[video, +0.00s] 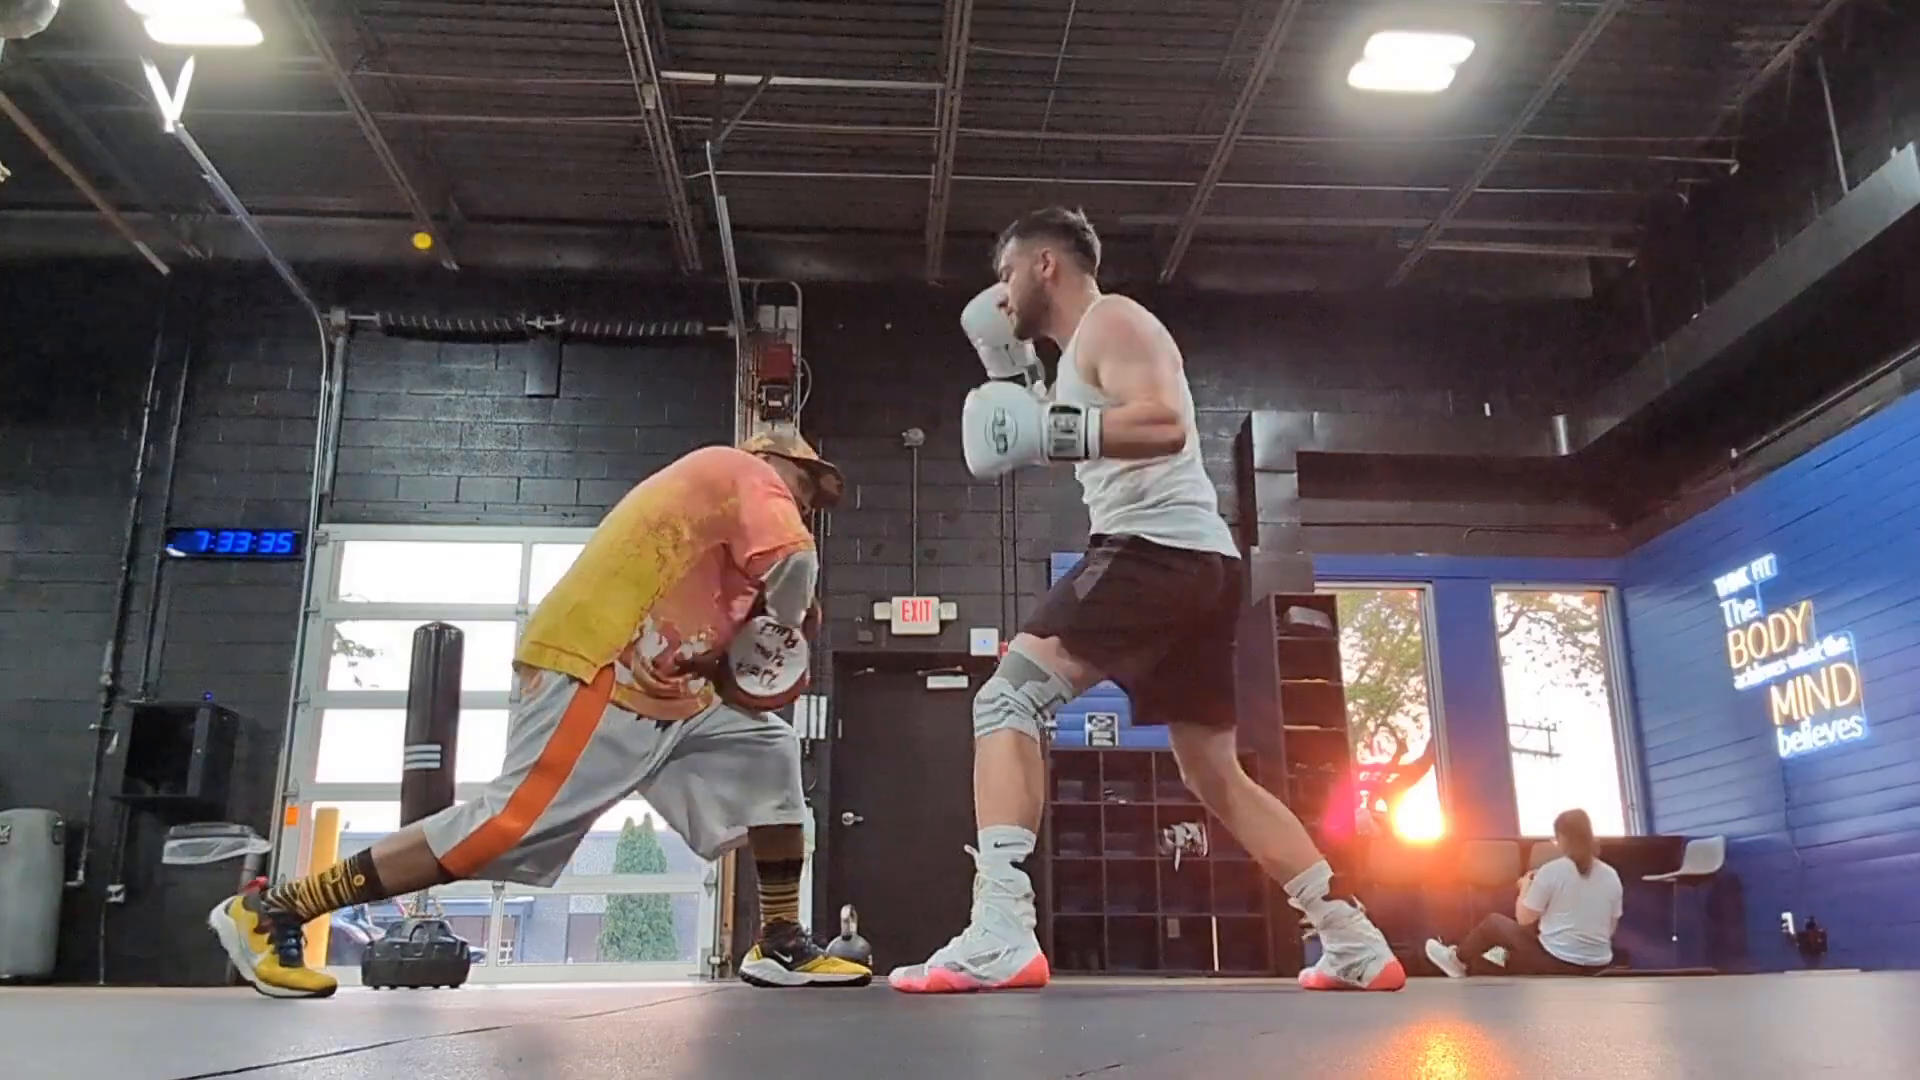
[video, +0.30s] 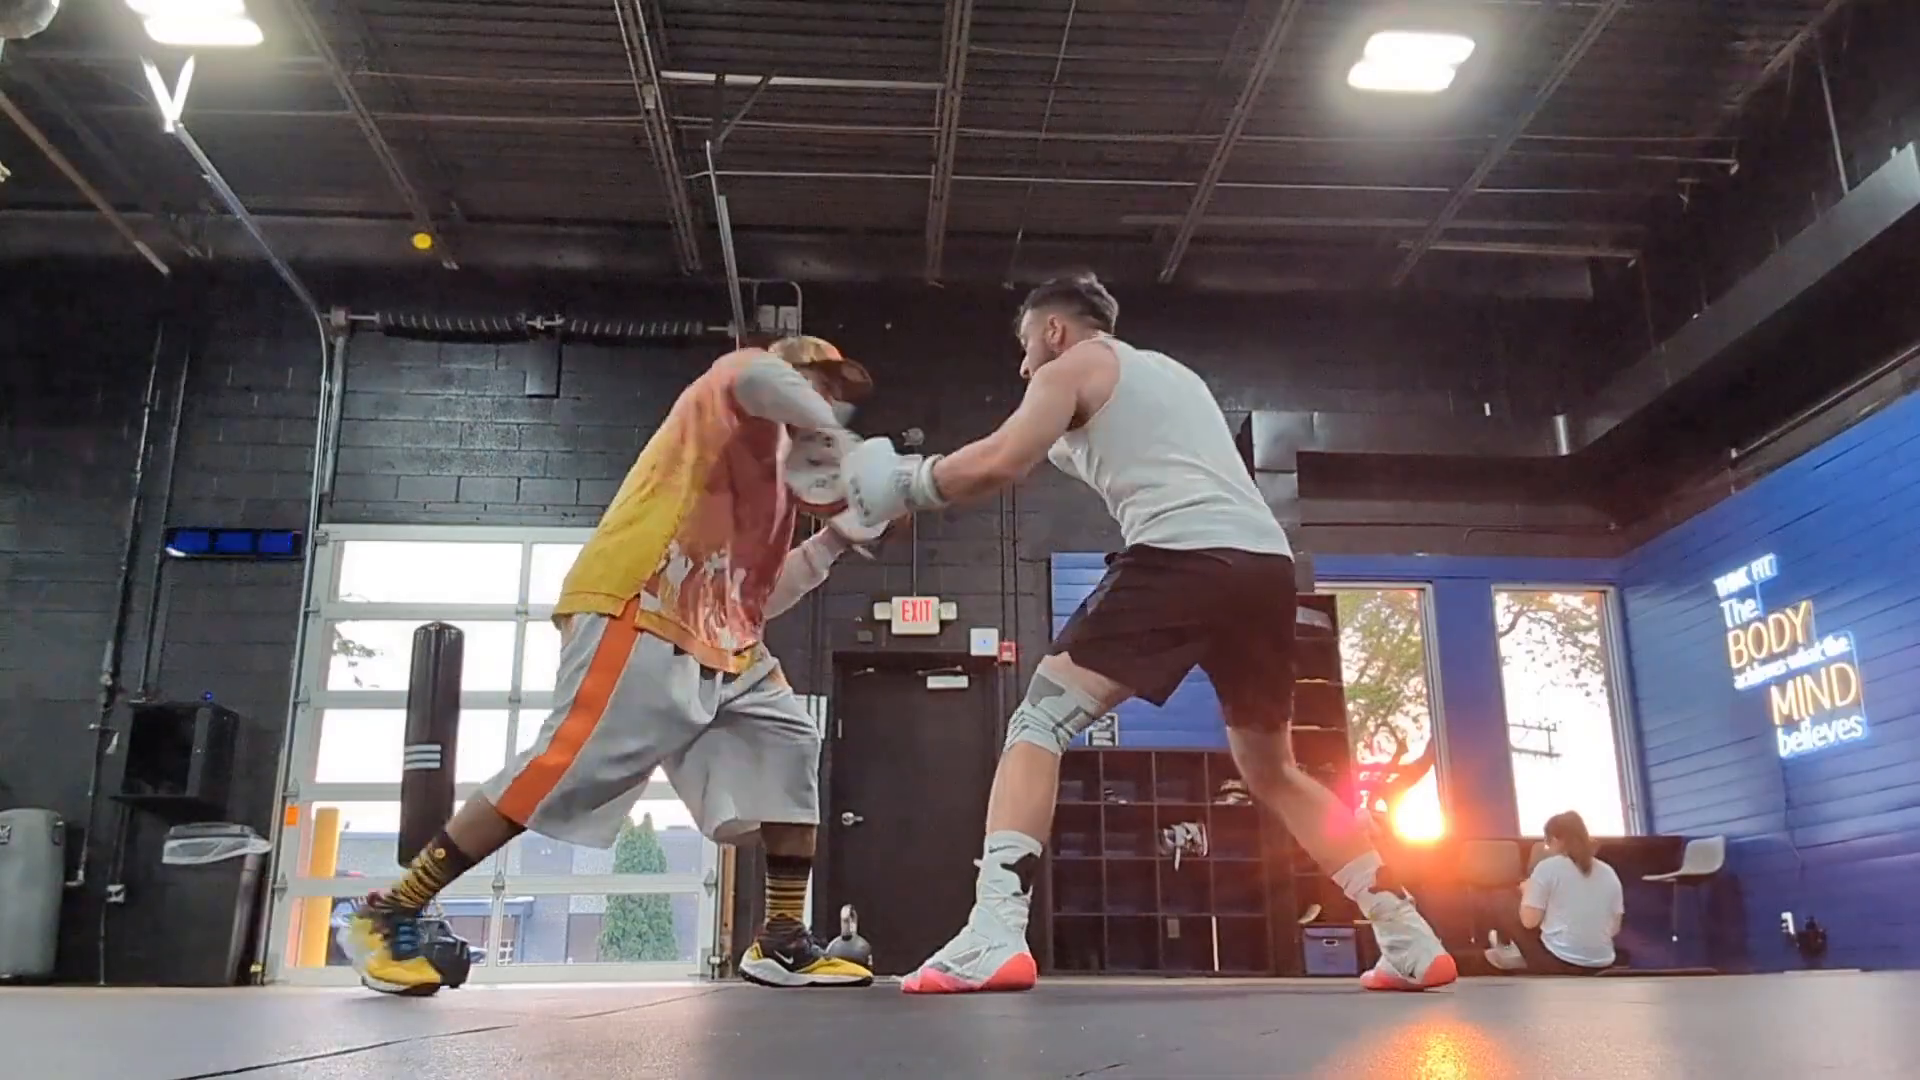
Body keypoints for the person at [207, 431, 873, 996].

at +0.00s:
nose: (803, 517)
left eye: (809, 506)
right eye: (803, 499)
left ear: (771, 469)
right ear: (779, 462)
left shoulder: (731, 519)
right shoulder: (747, 470)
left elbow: (721, 646)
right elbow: (795, 575)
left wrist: (717, 675)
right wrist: (765, 652)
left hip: (660, 687)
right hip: (595, 666)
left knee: (771, 748)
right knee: (505, 826)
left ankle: (780, 940)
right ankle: (276, 912)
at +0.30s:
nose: (834, 407)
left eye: (840, 397)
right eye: (827, 386)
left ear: (808, 392)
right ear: (790, 366)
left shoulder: (781, 479)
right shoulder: (737, 381)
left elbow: (762, 600)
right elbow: (762, 378)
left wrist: (839, 538)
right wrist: (840, 436)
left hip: (723, 631)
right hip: (643, 603)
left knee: (792, 744)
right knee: (575, 763)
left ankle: (783, 937)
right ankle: (392, 910)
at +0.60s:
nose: (703, 320)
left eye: (707, 312)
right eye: (683, 305)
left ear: (708, 328)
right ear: (634, 317)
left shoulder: (737, 415)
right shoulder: (582, 407)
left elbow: (821, 487)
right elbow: (586, 509)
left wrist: (922, 462)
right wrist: (676, 449)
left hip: (732, 621)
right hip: (616, 619)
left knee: (817, 741)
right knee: (542, 766)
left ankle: (827, 924)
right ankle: (435, 932)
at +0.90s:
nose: (805, 319)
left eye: (817, 306)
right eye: (788, 302)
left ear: (834, 319)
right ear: (755, 315)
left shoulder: (850, 421)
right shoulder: (709, 381)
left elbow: (883, 539)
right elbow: (715, 453)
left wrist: (967, 588)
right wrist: (803, 359)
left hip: (825, 616)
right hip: (713, 608)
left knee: (893, 758)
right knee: (595, 756)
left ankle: (921, 944)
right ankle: (465, 920)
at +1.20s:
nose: (872, 285)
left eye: (880, 278)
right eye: (855, 271)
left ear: (883, 296)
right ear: (810, 283)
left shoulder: (915, 366)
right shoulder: (755, 372)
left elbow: (1008, 379)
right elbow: (719, 476)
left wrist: (1011, 359)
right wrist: (787, 407)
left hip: (865, 606)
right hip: (757, 590)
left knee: (899, 755)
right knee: (671, 734)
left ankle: (925, 935)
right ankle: (576, 909)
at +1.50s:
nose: (801, 313)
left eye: (800, 304)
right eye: (783, 301)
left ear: (784, 323)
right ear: (733, 314)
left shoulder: (807, 409)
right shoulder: (701, 398)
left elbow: (807, 523)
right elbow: (804, 456)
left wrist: (849, 537)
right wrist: (869, 363)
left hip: (819, 627)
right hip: (709, 628)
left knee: (890, 763)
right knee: (608, 778)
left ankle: (929, 938)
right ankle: (492, 933)